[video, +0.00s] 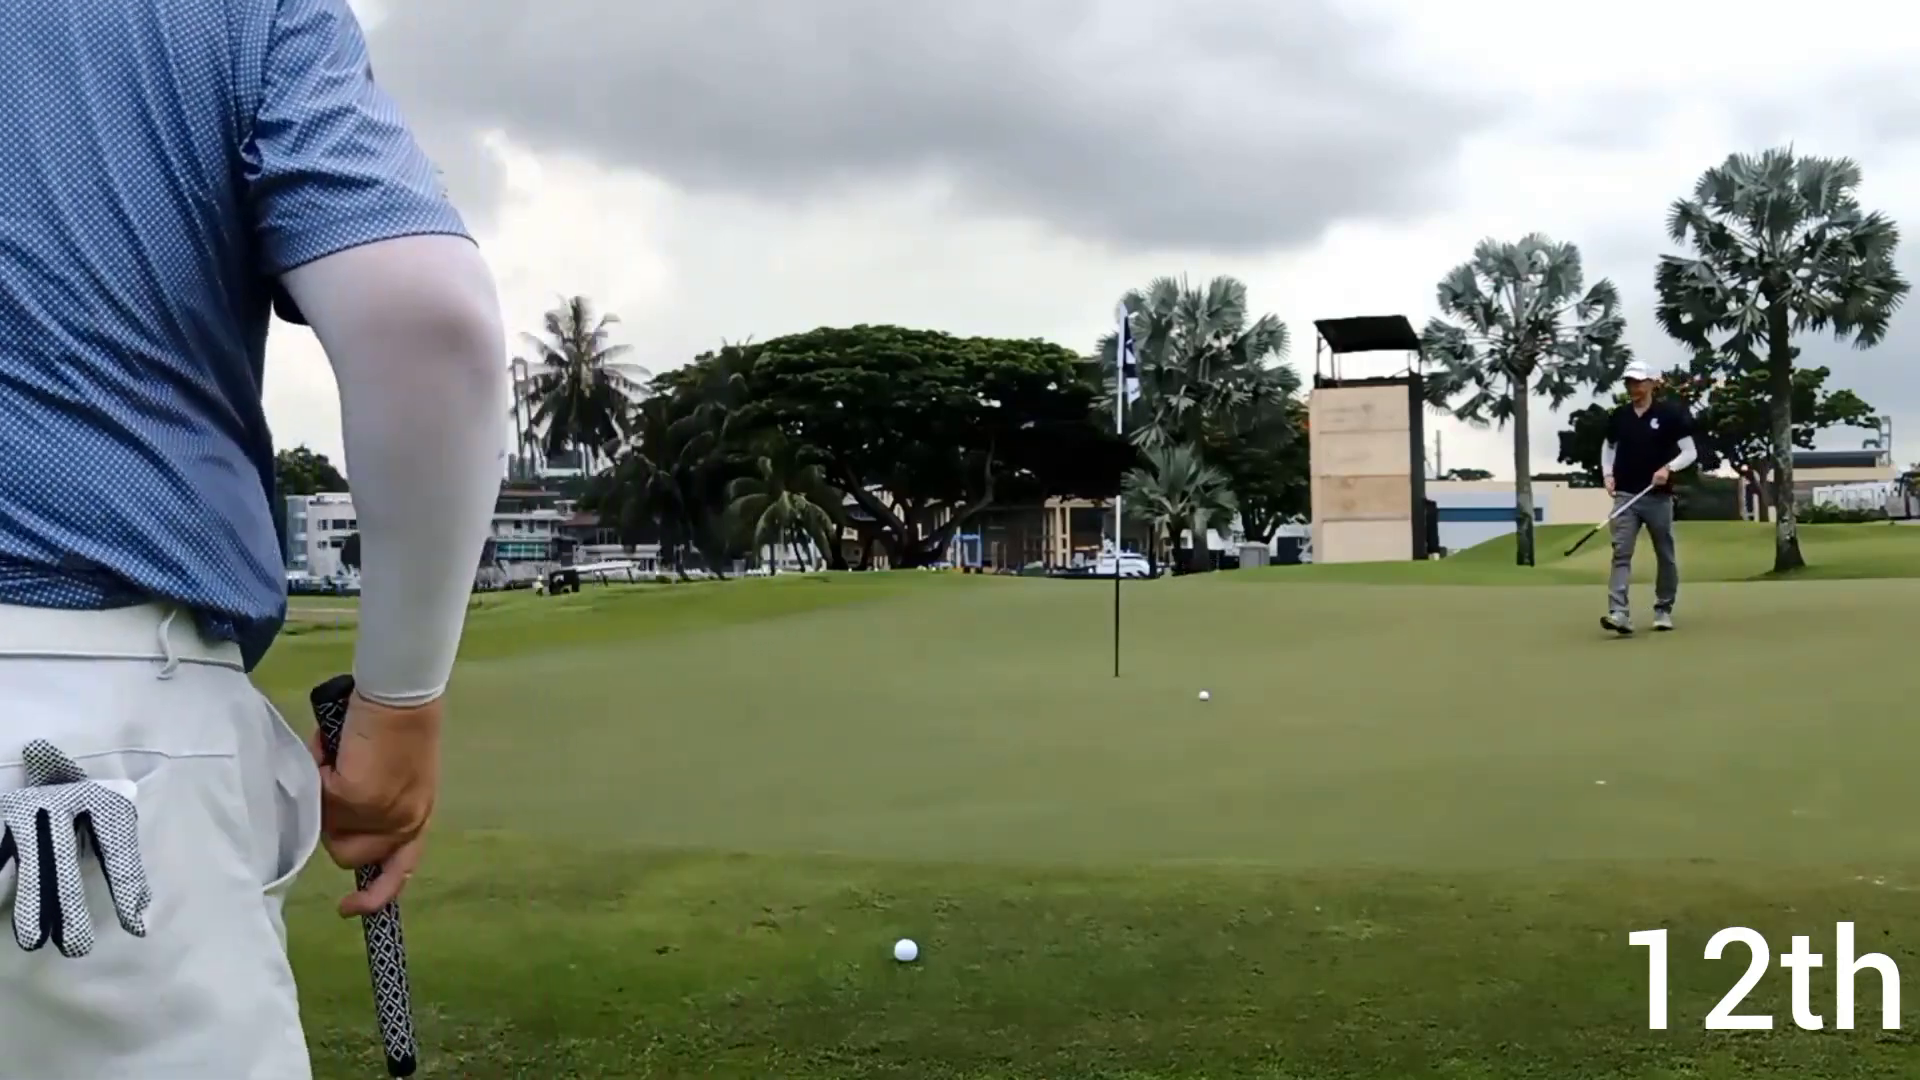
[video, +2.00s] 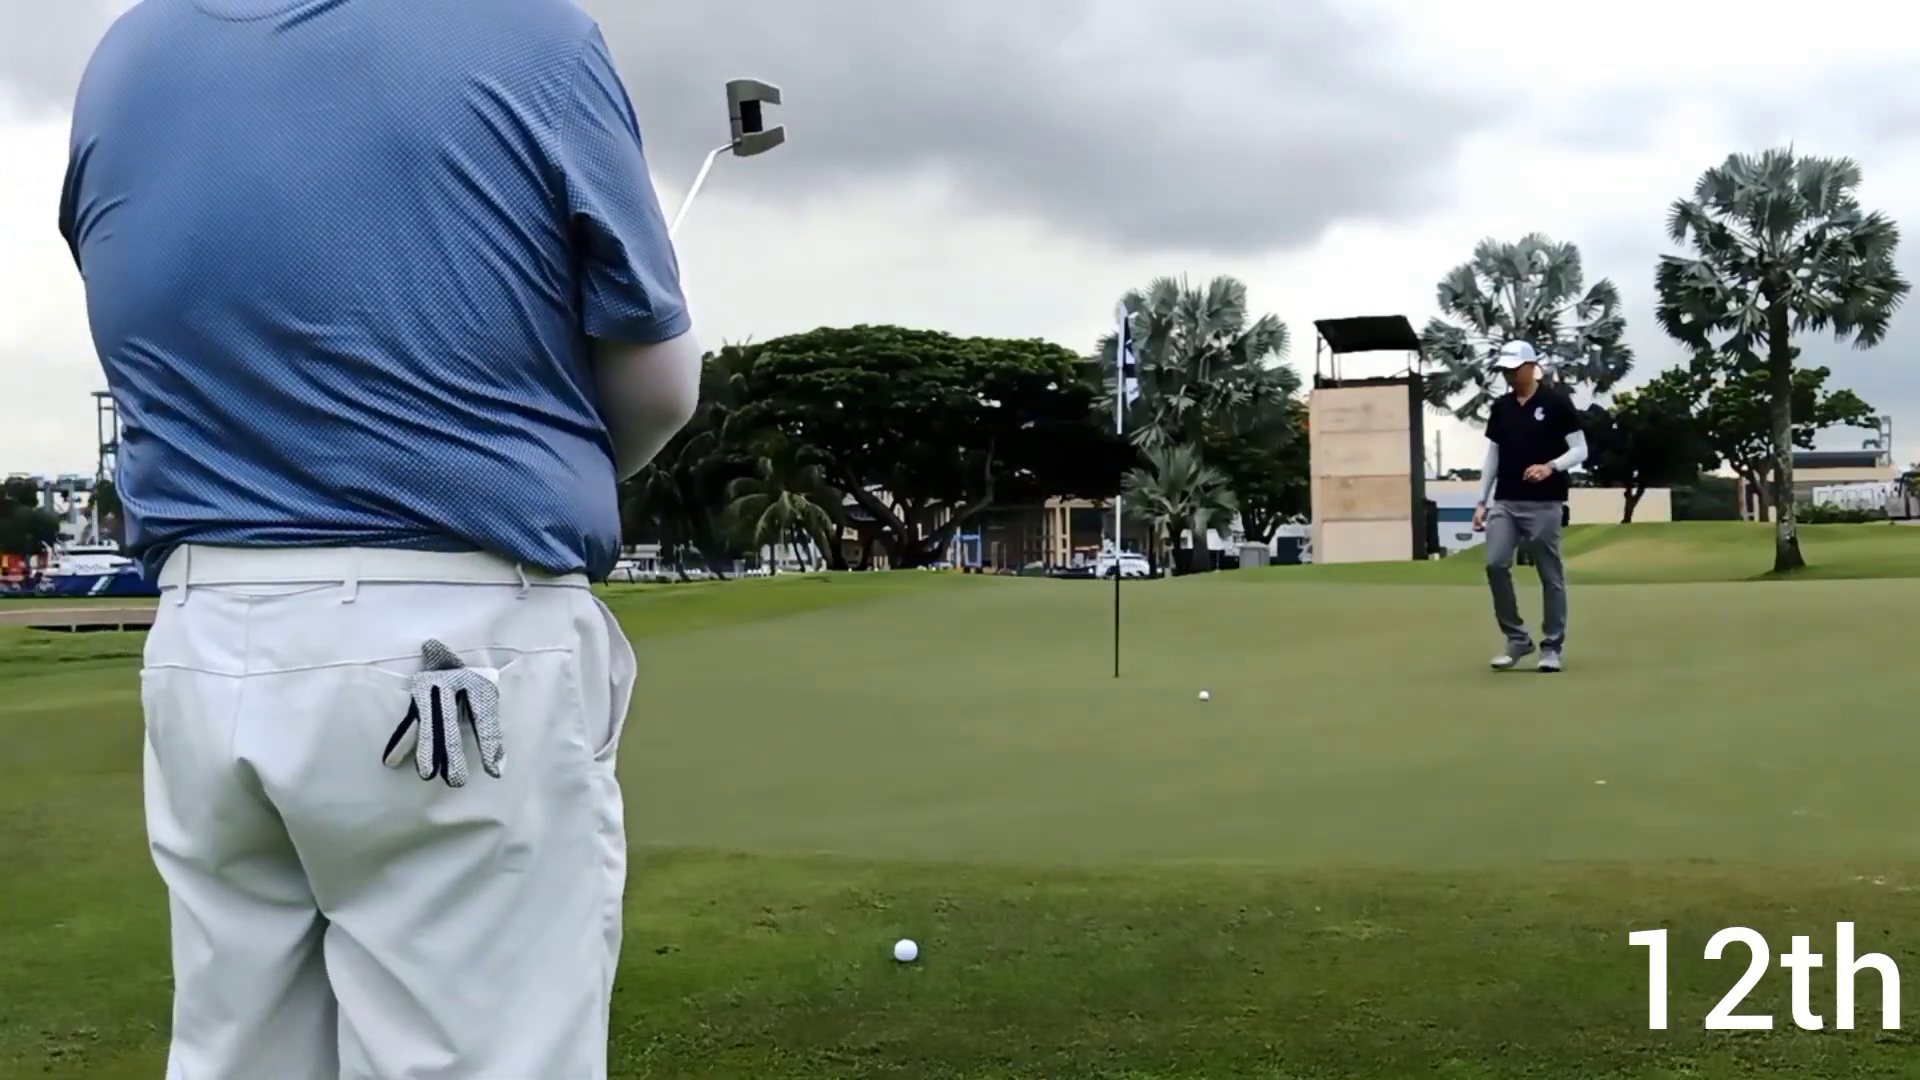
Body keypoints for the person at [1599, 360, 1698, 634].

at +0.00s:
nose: (1633, 388)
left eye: (1638, 382)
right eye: (1629, 383)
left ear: (1651, 384)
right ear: (1626, 385)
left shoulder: (1670, 415)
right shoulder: (1619, 417)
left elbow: (1690, 451)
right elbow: (1608, 449)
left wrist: (1668, 468)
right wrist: (1608, 474)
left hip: (1657, 496)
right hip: (1625, 495)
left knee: (1665, 555)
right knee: (1620, 553)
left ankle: (1663, 609)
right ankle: (1619, 612)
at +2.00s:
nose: (1508, 376)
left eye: (1514, 369)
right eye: (1505, 370)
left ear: (1532, 367)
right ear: (1504, 371)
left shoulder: (1556, 402)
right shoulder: (1501, 407)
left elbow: (1580, 450)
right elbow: (1492, 455)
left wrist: (1551, 466)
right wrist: (1482, 500)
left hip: (1544, 507)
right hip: (1504, 505)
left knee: (1551, 577)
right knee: (1495, 565)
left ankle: (1552, 647)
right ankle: (1516, 640)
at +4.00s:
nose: (1230, 503)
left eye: (1226, 497)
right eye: (1224, 500)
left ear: (1237, 481)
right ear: (1240, 476)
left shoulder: (1261, 493)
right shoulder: (1274, 471)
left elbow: (1263, 564)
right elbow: (1344, 473)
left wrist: (1248, 626)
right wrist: (1374, 499)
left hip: (1359, 521)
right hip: (1375, 515)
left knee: (1303, 588)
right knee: (1328, 592)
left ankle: (1302, 682)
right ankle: (1345, 678)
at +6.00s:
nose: (1306, 371)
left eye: (1312, 362)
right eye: (1299, 365)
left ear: (1328, 360)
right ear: (1294, 370)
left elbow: (1398, 442)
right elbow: (1306, 466)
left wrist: (1416, 493)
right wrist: (1308, 518)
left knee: (1377, 577)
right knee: (1336, 589)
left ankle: (1403, 667)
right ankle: (1344, 677)